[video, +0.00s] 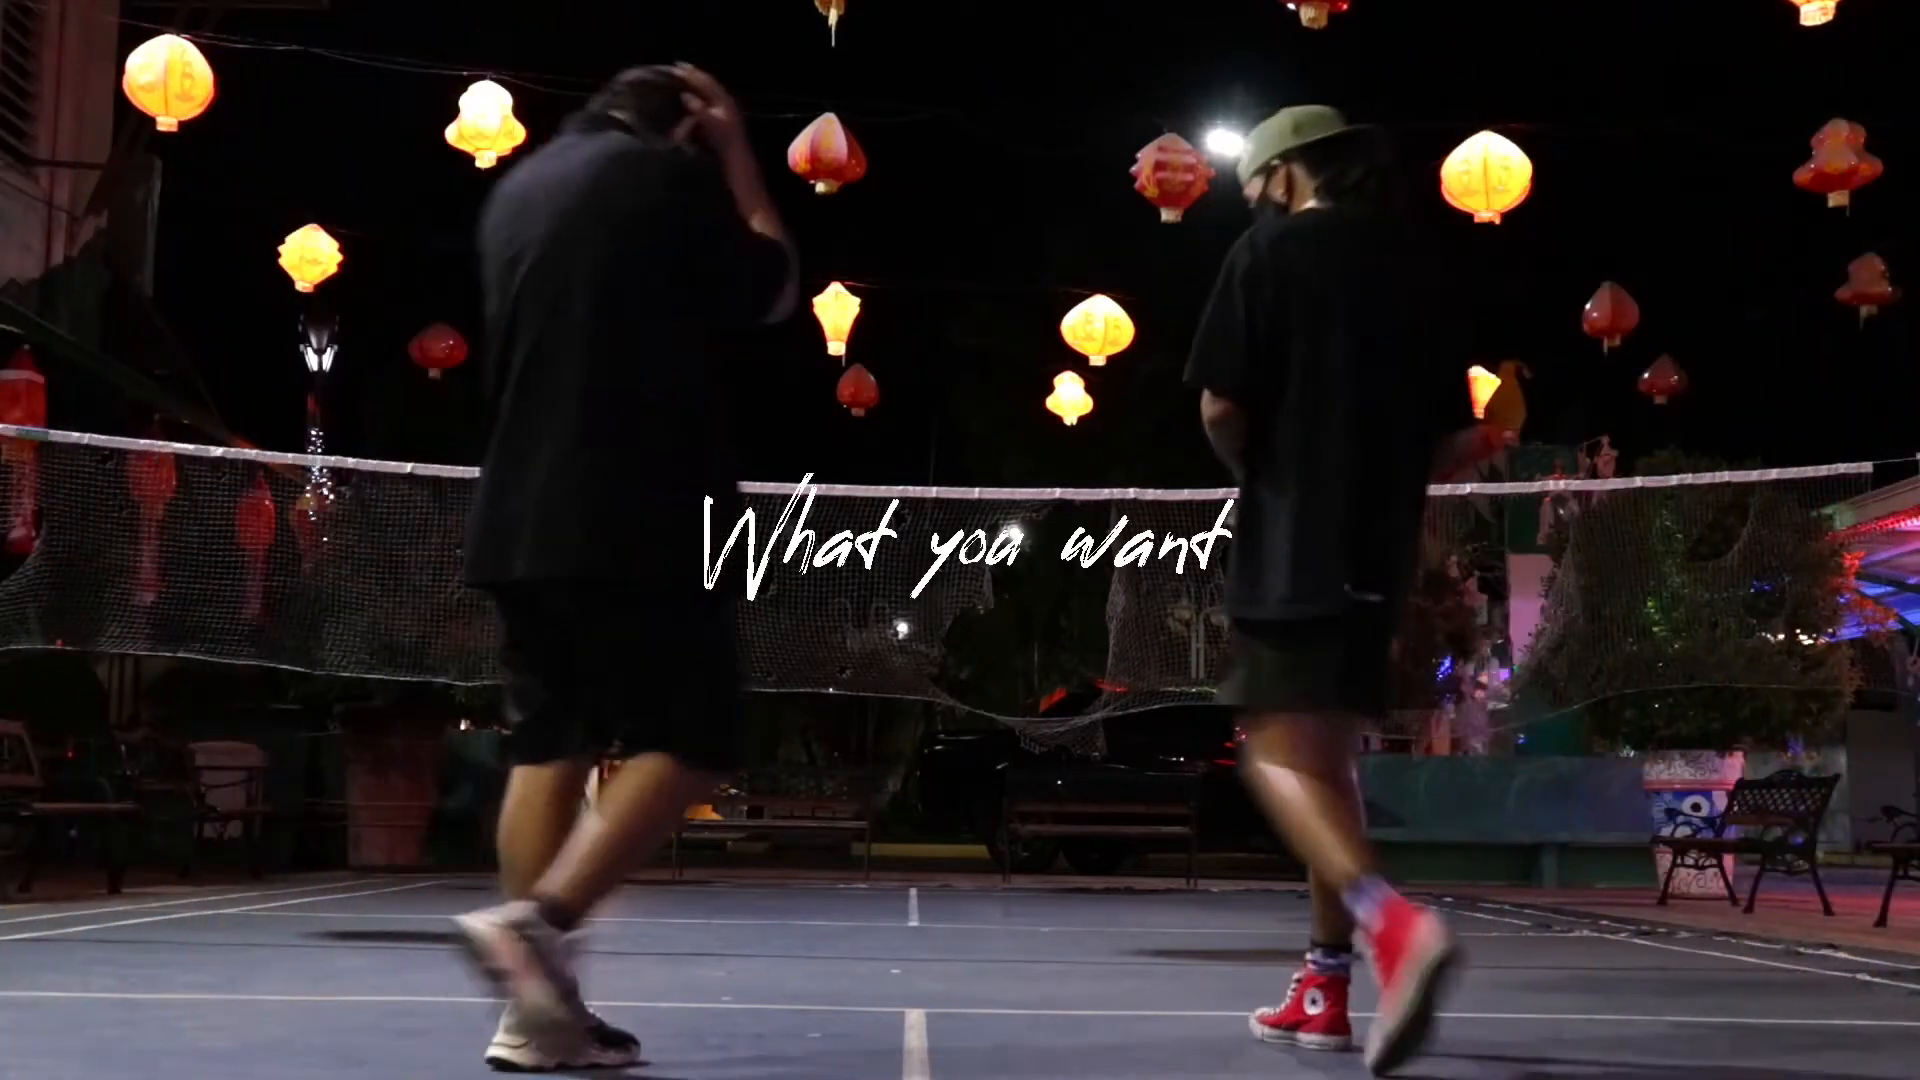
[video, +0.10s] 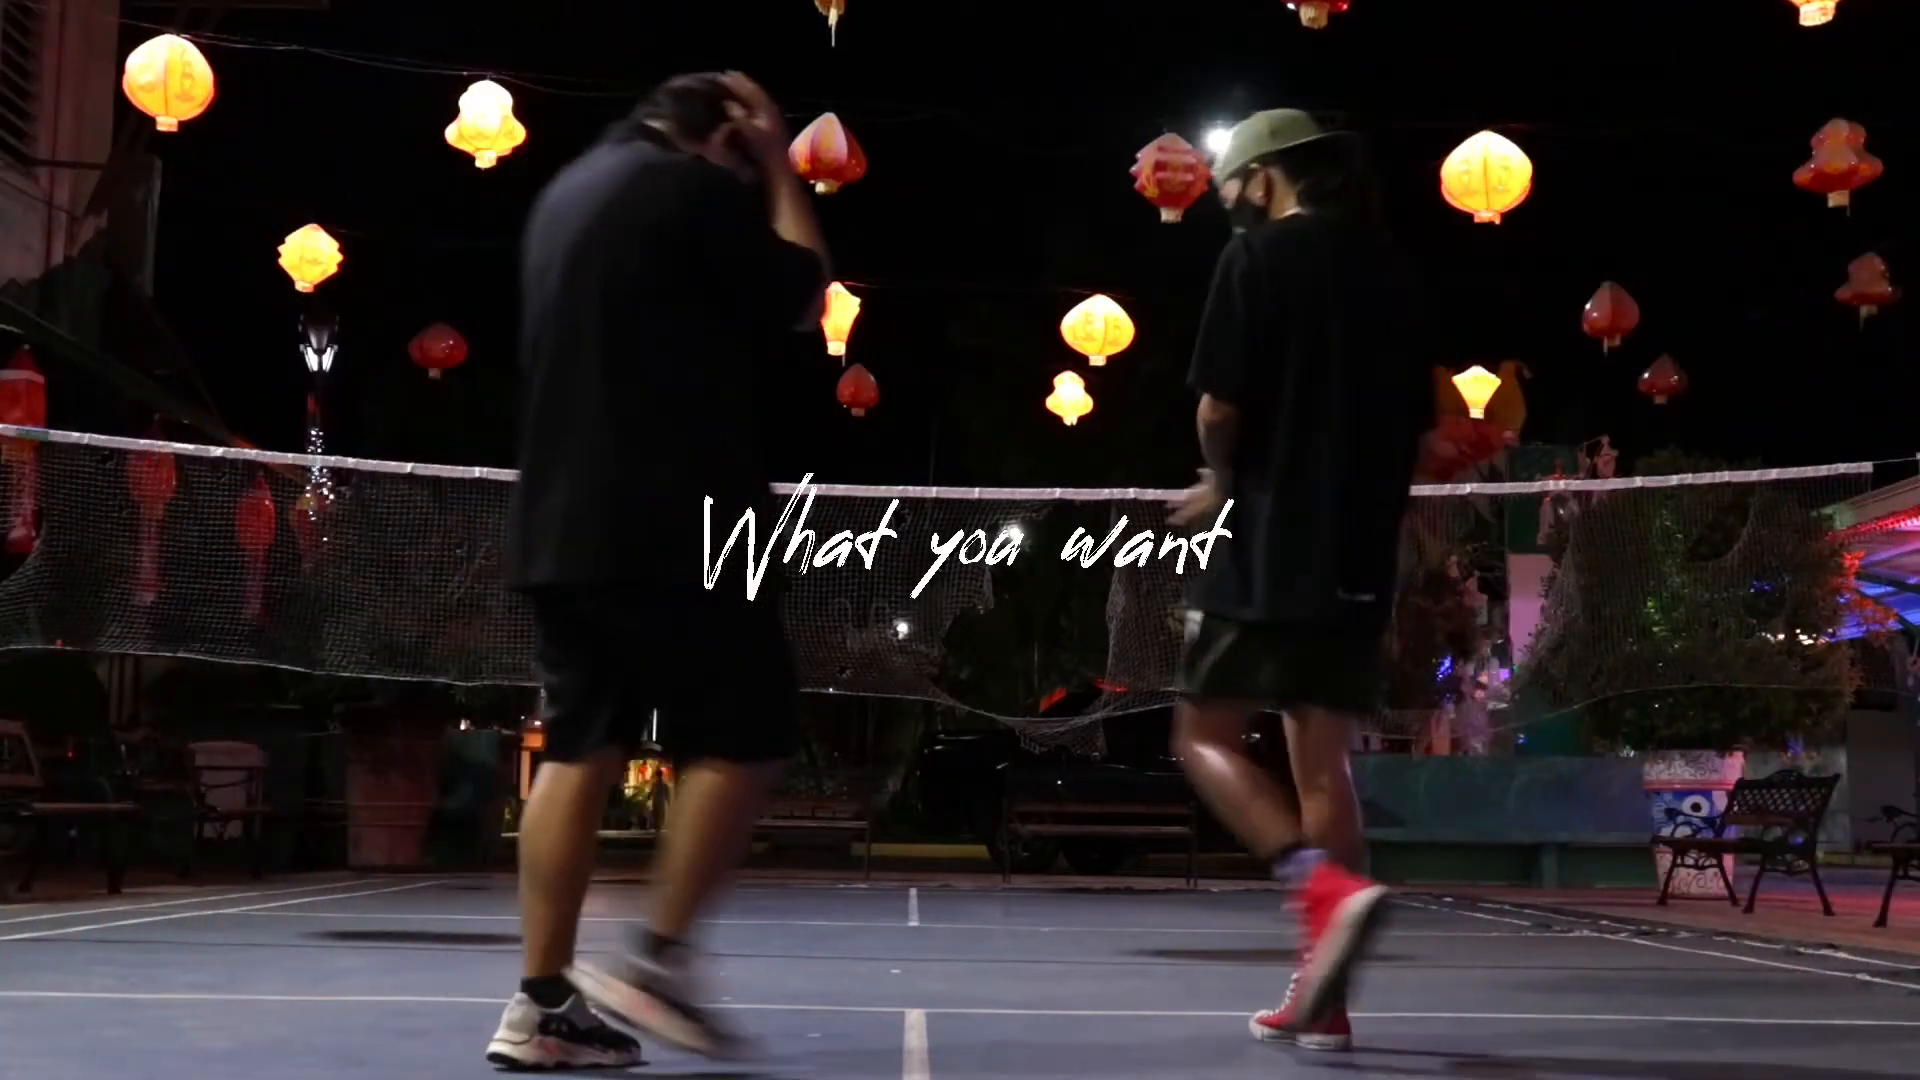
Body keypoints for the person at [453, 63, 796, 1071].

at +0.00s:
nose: (712, 153)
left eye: (712, 137)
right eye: (711, 138)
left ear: (602, 111)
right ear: (687, 125)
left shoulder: (514, 190)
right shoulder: (668, 180)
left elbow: (514, 353)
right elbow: (776, 300)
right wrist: (741, 171)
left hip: (520, 511)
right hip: (641, 511)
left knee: (546, 743)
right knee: (690, 738)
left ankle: (536, 1017)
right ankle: (540, 918)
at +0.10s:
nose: (756, 169)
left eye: (761, 153)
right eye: (754, 154)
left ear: (654, 122)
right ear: (723, 136)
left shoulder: (566, 197)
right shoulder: (696, 196)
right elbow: (796, 291)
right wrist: (779, 171)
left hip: (565, 523)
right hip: (683, 525)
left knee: (579, 747)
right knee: (743, 732)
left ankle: (540, 1002)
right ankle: (657, 954)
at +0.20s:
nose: (781, 180)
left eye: (786, 162)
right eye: (779, 163)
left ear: (683, 131)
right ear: (749, 148)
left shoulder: (603, 202)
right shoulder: (718, 206)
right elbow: (823, 304)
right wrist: (812, 179)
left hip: (590, 533)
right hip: (706, 536)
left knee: (592, 754)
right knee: (763, 755)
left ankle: (545, 1002)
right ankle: (751, 989)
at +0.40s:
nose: (867, 181)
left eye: (868, 161)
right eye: (865, 161)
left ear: (775, 140)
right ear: (836, 150)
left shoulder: (699, 223)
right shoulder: (799, 229)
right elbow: (918, 320)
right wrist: (893, 188)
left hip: (688, 544)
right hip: (779, 555)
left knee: (668, 757)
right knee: (808, 781)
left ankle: (556, 984)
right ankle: (855, 1006)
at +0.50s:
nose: (921, 166)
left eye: (919, 146)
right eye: (916, 146)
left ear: (810, 139)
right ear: (882, 146)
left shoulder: (754, 226)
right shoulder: (863, 229)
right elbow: (979, 323)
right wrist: (940, 191)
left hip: (757, 540)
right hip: (848, 545)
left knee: (777, 756)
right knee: (845, 769)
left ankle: (638, 920)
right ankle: (854, 1007)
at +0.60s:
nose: (950, 166)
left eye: (950, 148)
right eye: (945, 149)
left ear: (835, 142)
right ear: (913, 145)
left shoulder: (782, 228)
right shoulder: (894, 230)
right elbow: (1019, 335)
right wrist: (971, 209)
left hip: (790, 533)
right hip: (877, 538)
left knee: (842, 747)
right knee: (864, 758)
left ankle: (715, 907)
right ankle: (855, 1003)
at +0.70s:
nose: (991, 157)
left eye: (986, 141)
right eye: (986, 142)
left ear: (881, 142)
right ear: (954, 144)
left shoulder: (825, 237)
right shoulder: (940, 233)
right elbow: (1059, 335)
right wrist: (1007, 221)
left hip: (842, 537)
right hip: (926, 541)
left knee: (934, 752)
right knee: (899, 758)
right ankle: (854, 1007)